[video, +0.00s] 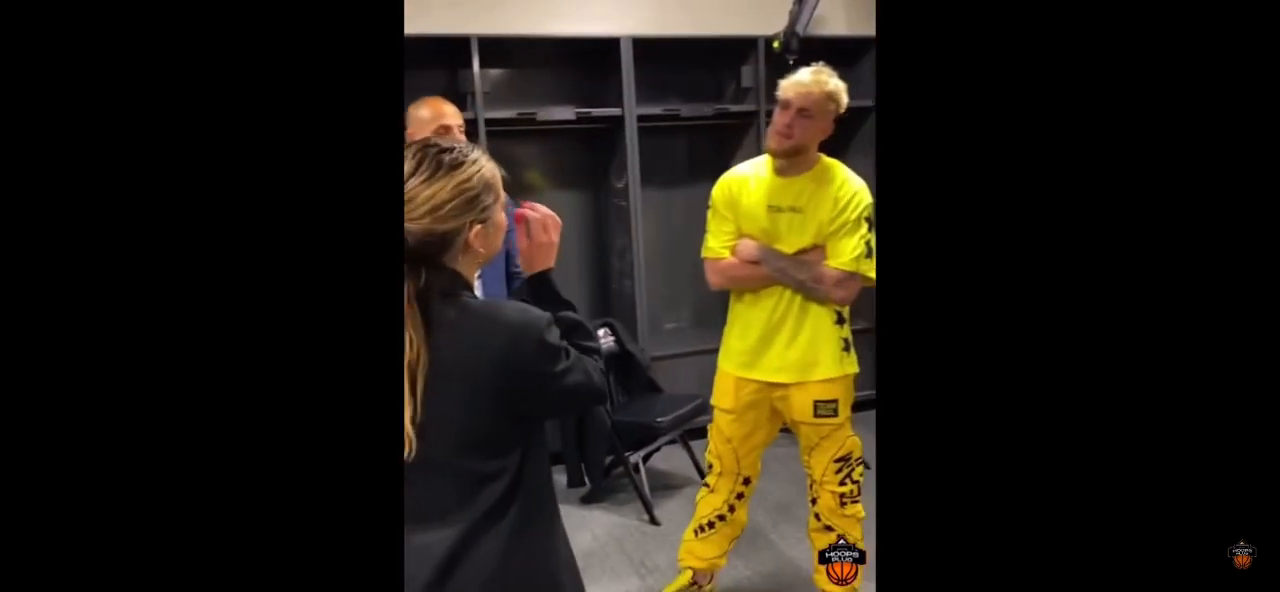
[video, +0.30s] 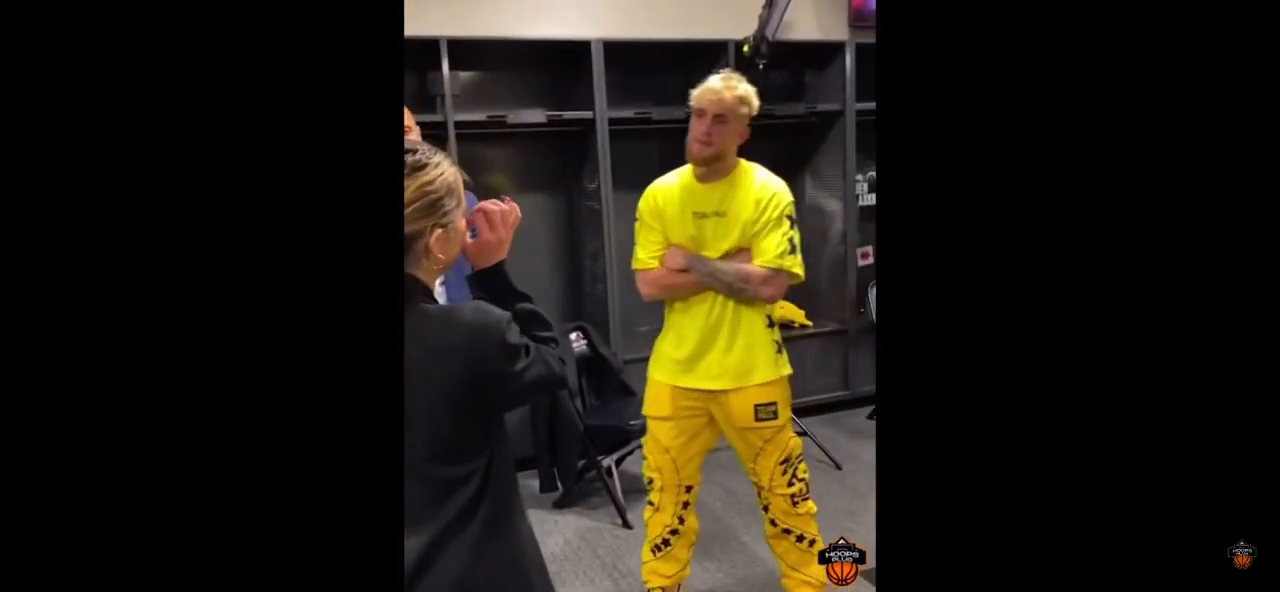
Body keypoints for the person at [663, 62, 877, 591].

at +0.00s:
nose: (784, 119)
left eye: (801, 113)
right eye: (781, 107)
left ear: (827, 128)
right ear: (771, 110)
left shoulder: (848, 192)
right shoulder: (734, 184)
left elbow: (842, 291)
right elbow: (717, 275)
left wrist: (759, 253)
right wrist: (804, 265)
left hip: (820, 363)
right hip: (745, 358)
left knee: (835, 486)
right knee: (723, 475)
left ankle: (841, 583)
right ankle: (696, 576)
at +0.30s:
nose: (704, 129)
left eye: (719, 121)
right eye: (698, 116)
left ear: (743, 133)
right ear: (687, 120)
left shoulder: (768, 192)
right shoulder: (659, 194)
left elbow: (771, 285)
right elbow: (649, 285)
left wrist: (689, 260)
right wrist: (735, 271)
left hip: (752, 370)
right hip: (676, 370)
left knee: (785, 493)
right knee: (666, 495)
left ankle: (807, 584)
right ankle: (660, 585)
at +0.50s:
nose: (662, 131)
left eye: (677, 121)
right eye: (656, 118)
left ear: (701, 130)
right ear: (647, 124)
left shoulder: (728, 191)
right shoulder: (621, 198)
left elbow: (737, 281)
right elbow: (614, 289)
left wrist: (654, 263)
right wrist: (701, 273)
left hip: (716, 371)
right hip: (641, 375)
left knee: (758, 498)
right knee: (649, 506)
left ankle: (787, 584)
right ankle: (653, 586)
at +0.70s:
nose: (646, 129)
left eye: (661, 118)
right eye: (639, 116)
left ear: (684, 126)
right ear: (628, 121)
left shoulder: (715, 187)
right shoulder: (605, 194)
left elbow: (730, 276)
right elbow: (600, 288)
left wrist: (639, 259)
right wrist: (688, 270)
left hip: (703, 367)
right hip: (629, 374)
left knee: (731, 504)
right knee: (648, 511)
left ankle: (747, 586)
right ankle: (655, 586)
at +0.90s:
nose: (645, 119)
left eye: (660, 108)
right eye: (638, 106)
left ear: (682, 118)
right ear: (626, 112)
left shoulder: (712, 178)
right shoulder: (600, 189)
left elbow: (727, 269)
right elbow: (595, 283)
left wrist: (636, 255)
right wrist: (683, 264)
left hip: (701, 362)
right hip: (626, 370)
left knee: (732, 495)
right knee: (649, 504)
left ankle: (754, 584)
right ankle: (661, 584)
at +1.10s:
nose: (647, 116)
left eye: (661, 105)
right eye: (639, 103)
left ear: (684, 115)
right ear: (628, 110)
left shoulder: (714, 177)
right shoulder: (600, 187)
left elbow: (728, 271)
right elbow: (594, 282)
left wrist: (636, 255)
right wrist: (682, 266)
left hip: (706, 362)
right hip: (630, 370)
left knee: (742, 497)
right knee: (654, 505)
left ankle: (761, 585)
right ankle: (664, 585)